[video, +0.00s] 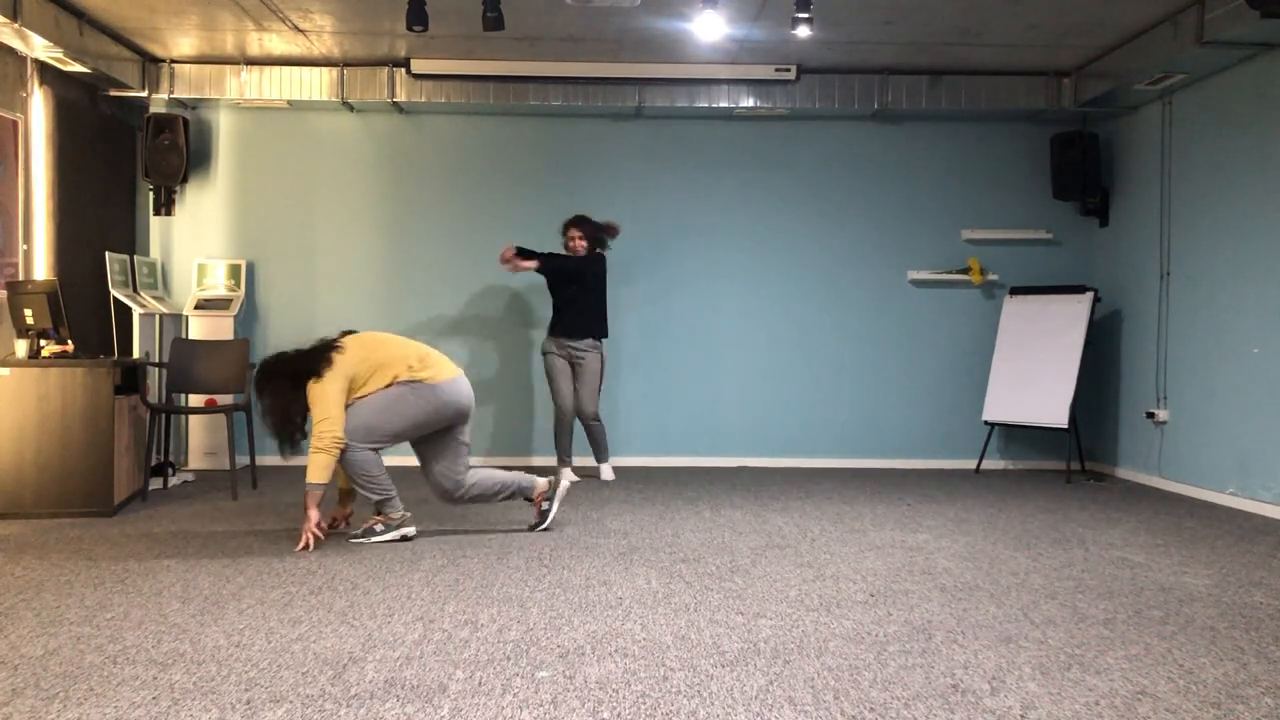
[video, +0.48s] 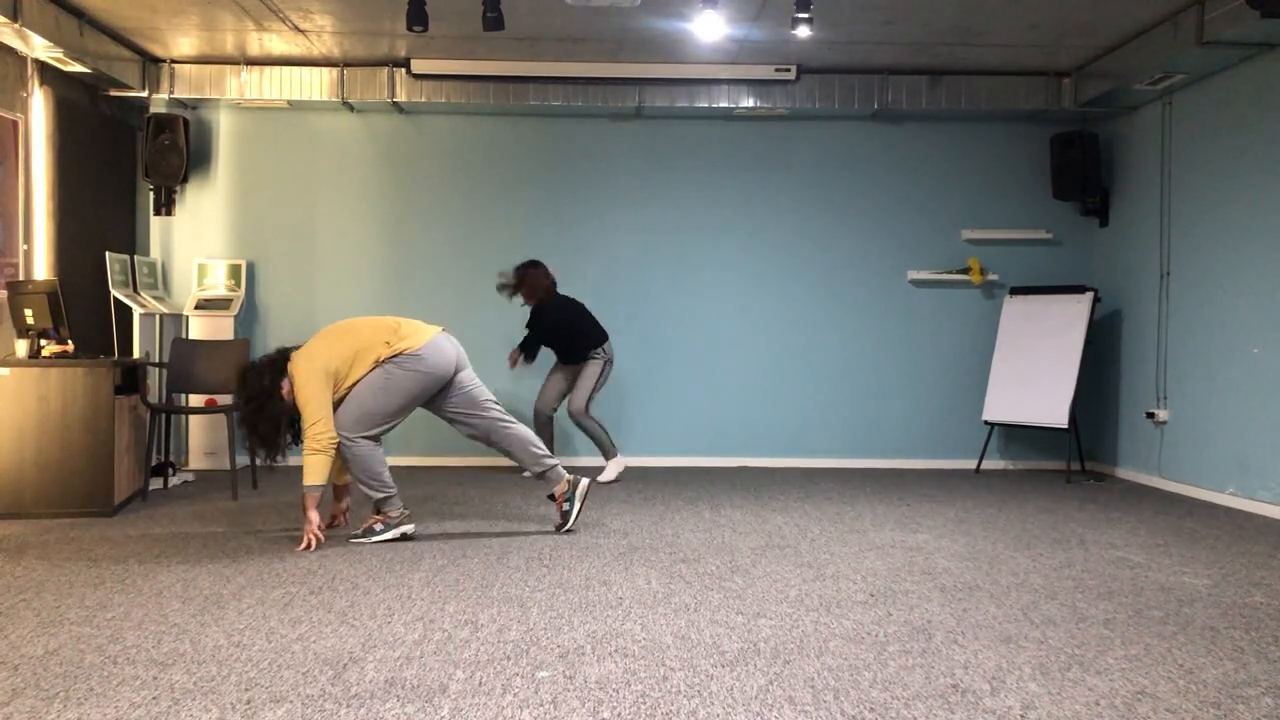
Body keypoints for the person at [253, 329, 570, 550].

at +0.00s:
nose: (284, 411)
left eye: (279, 404)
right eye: (277, 405)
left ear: (288, 387)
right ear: (297, 371)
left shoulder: (325, 375)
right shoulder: (342, 363)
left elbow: (326, 440)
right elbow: (352, 441)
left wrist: (310, 510)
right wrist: (343, 504)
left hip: (433, 389)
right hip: (450, 388)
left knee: (346, 435)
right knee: (453, 485)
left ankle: (392, 516)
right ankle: (539, 488)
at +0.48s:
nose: (294, 411)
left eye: (285, 406)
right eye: (289, 408)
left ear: (282, 387)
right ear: (287, 377)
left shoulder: (308, 371)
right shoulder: (320, 356)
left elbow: (318, 438)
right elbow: (344, 432)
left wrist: (310, 511)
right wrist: (339, 496)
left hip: (417, 357)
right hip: (442, 347)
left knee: (349, 432)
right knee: (490, 421)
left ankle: (391, 514)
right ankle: (562, 485)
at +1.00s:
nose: (287, 392)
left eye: (281, 384)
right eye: (280, 385)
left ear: (290, 371)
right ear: (306, 352)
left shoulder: (325, 373)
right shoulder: (343, 359)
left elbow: (323, 445)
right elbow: (349, 441)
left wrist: (310, 515)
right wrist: (340, 499)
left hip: (430, 420)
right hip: (455, 413)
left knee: (335, 444)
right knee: (485, 492)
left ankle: (391, 516)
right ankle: (575, 488)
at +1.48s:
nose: (315, 202)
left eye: (324, 199)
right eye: (321, 196)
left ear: (340, 214)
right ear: (353, 217)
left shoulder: (341, 262)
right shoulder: (371, 255)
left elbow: (339, 322)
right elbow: (354, 322)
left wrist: (304, 357)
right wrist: (312, 355)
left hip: (394, 367)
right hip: (422, 360)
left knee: (337, 442)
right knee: (443, 443)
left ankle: (392, 516)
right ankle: (531, 473)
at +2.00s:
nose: (285, 133)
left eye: (295, 134)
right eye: (292, 129)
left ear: (305, 156)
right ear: (310, 161)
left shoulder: (285, 195)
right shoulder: (308, 198)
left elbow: (240, 215)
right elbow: (257, 209)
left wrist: (198, 177)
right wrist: (230, 179)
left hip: (251, 321)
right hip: (281, 322)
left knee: (224, 410)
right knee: (261, 409)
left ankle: (261, 501)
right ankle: (288, 495)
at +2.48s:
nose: (170, 141)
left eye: (179, 140)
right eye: (176, 135)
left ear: (194, 159)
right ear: (195, 162)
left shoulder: (187, 197)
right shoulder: (181, 192)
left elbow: (180, 204)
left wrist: (152, 144)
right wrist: (169, 132)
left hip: (185, 330)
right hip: (211, 327)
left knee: (121, 404)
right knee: (222, 423)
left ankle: (177, 488)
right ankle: (284, 496)